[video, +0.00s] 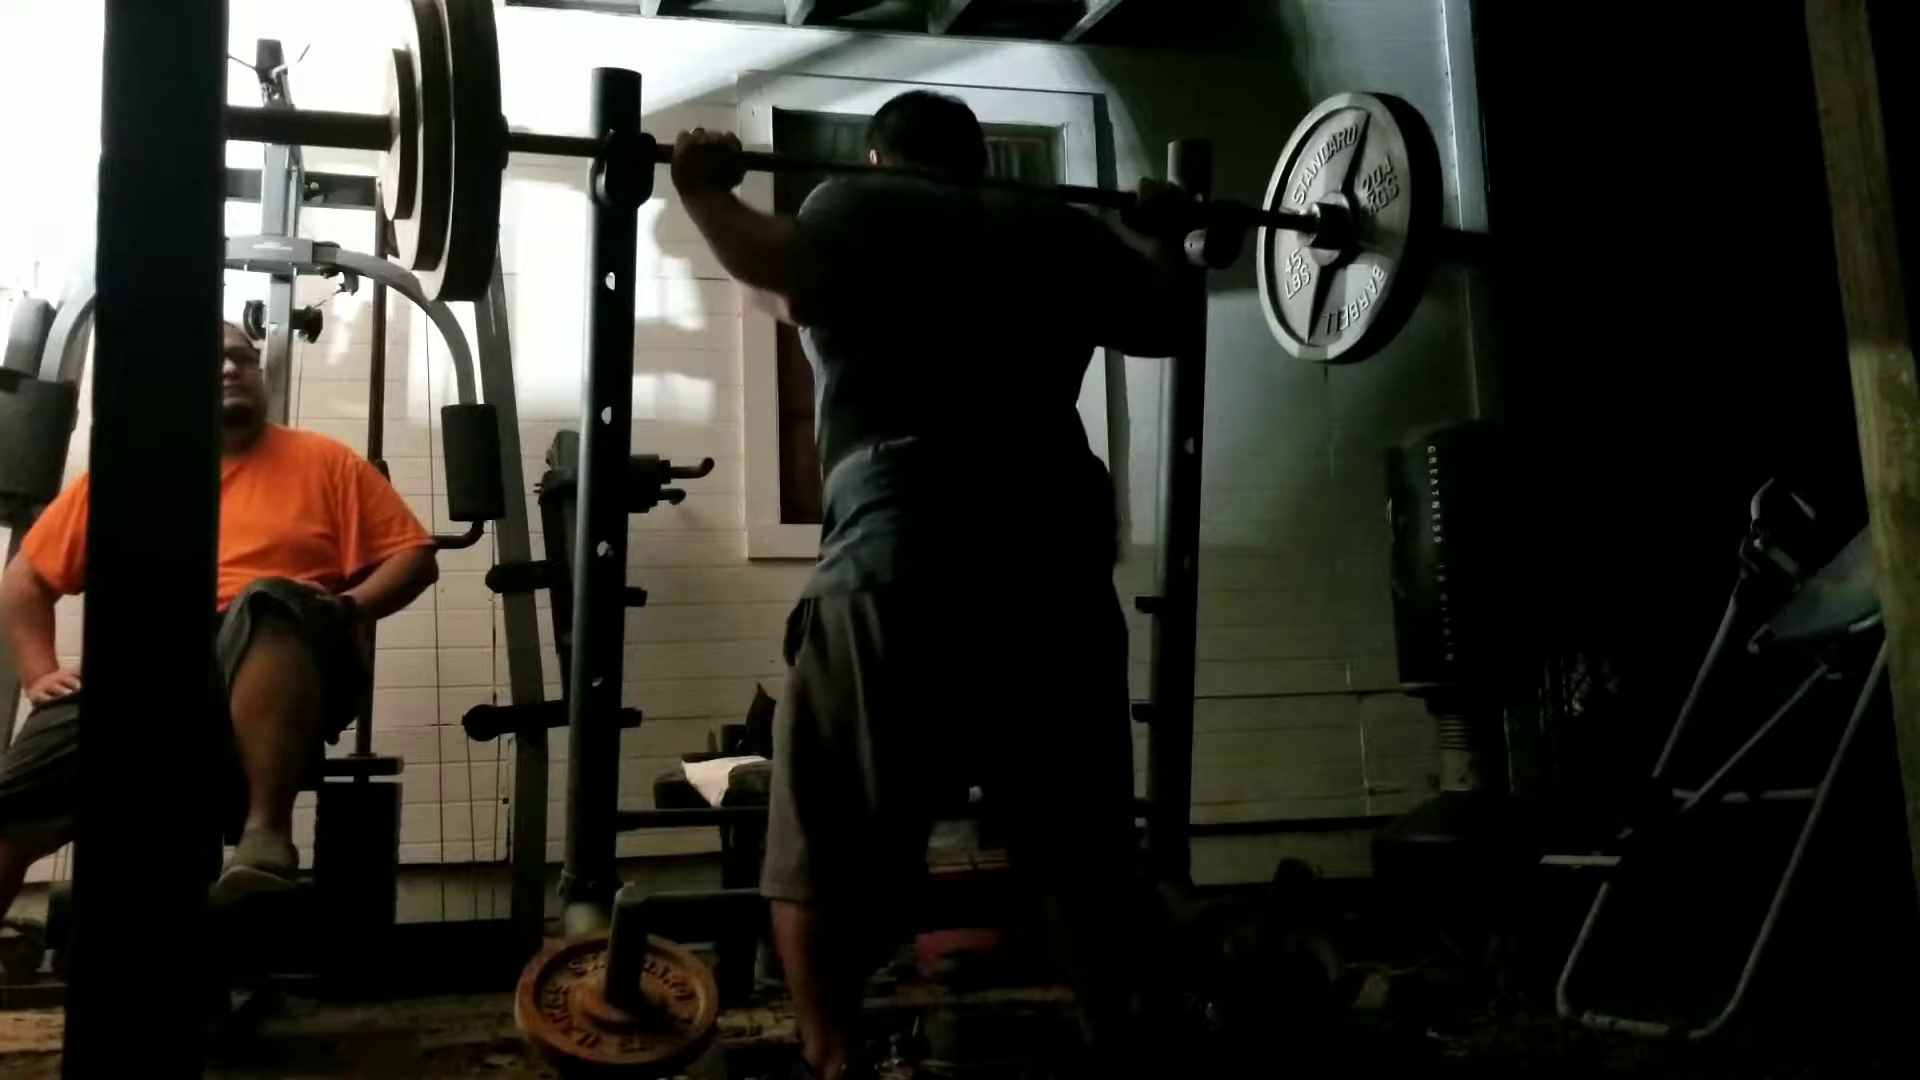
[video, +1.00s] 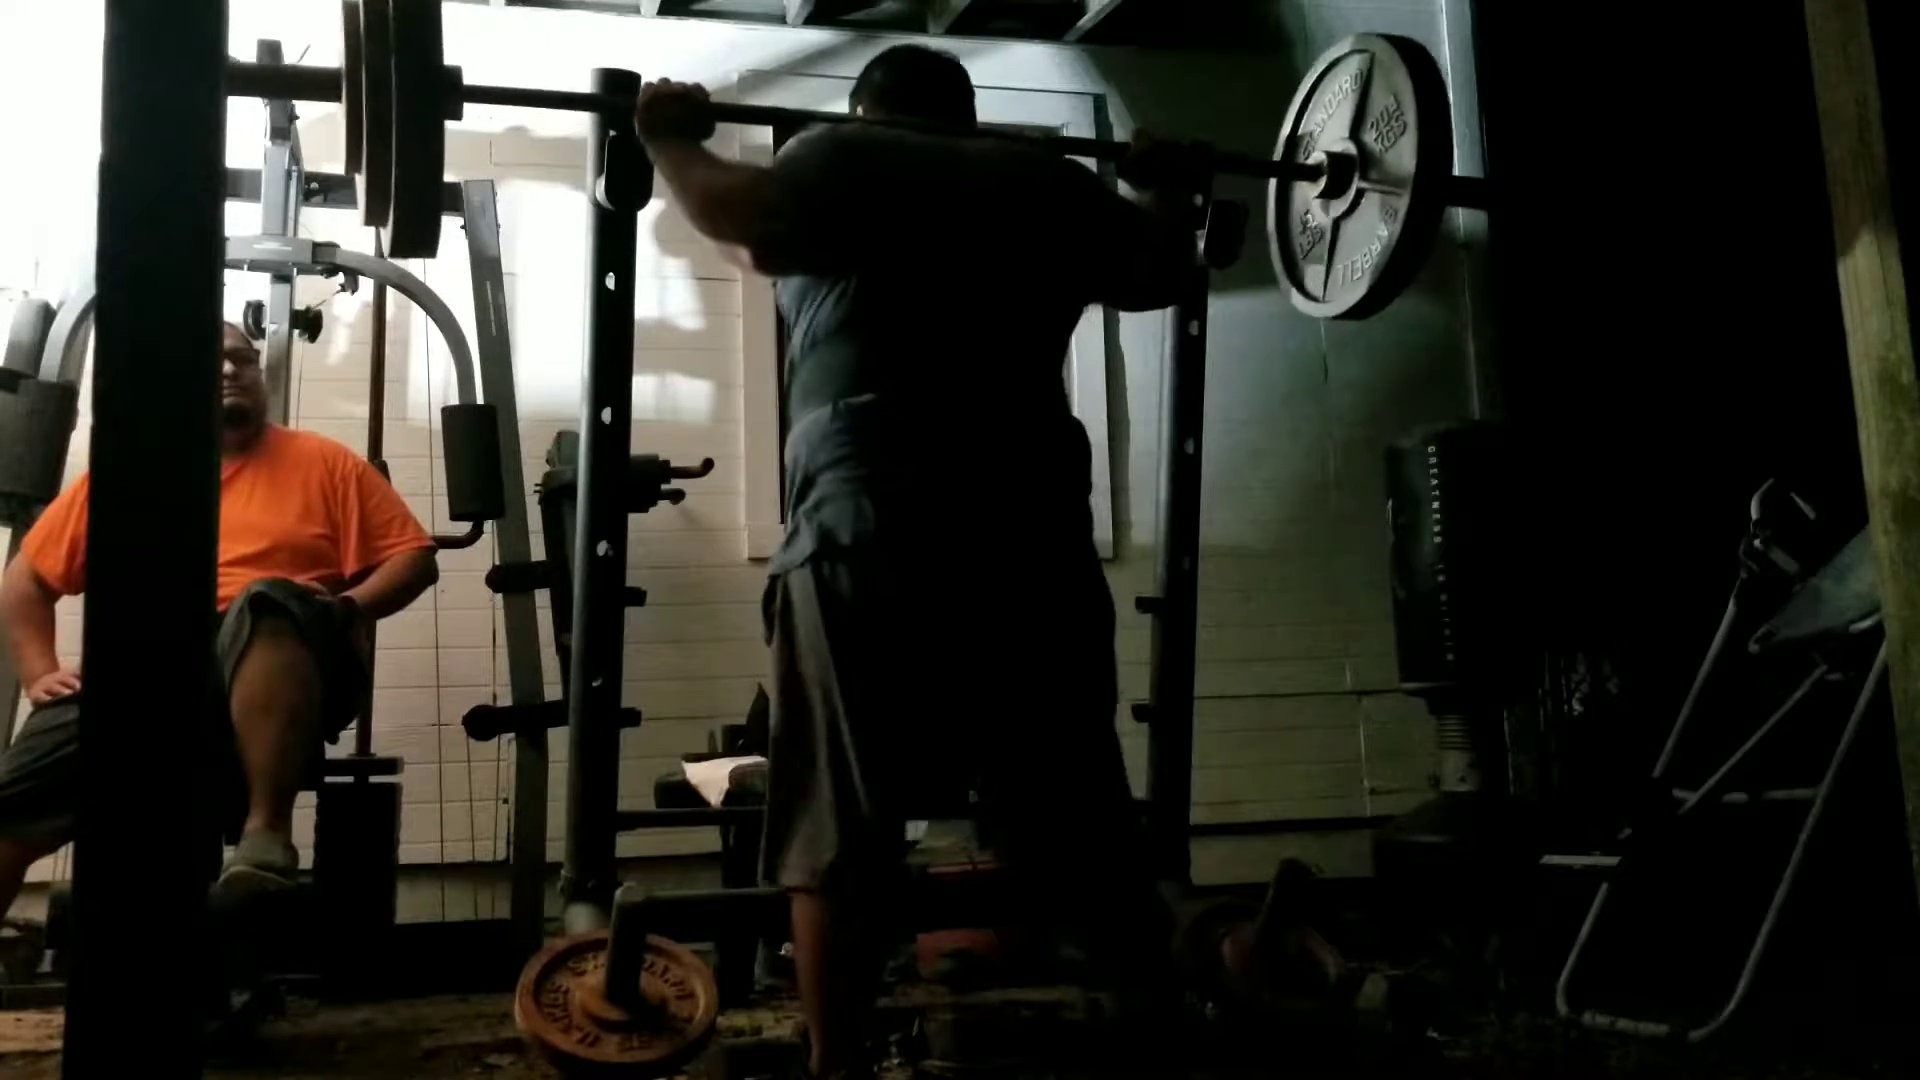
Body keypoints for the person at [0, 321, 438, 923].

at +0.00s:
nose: (231, 368)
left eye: (243, 357)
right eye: (214, 358)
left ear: (265, 376)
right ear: (186, 377)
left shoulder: (325, 463)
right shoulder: (129, 471)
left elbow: (414, 555)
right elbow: (24, 575)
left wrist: (351, 603)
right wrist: (39, 671)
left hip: (286, 668)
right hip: (145, 667)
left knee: (272, 604)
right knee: (12, 816)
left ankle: (266, 831)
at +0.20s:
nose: (231, 369)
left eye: (242, 358)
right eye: (214, 358)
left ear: (264, 376)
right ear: (186, 377)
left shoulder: (324, 463)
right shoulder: (131, 469)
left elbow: (415, 555)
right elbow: (25, 576)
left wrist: (351, 604)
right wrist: (39, 672)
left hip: (287, 668)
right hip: (147, 667)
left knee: (271, 604)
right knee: (11, 811)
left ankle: (267, 830)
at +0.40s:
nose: (231, 369)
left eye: (242, 358)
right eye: (213, 359)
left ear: (264, 376)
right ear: (186, 377)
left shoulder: (324, 463)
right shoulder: (131, 470)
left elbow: (415, 555)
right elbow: (24, 577)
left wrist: (351, 604)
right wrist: (39, 672)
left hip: (286, 668)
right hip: (146, 667)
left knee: (271, 604)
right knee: (11, 813)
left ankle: (267, 829)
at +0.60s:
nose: (230, 369)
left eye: (242, 358)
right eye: (213, 359)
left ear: (264, 376)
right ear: (186, 378)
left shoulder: (324, 463)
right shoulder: (131, 470)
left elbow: (415, 555)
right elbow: (25, 577)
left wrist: (352, 604)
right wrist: (39, 672)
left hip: (287, 666)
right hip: (146, 667)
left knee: (271, 604)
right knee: (11, 814)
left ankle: (267, 829)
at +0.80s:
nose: (230, 370)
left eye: (242, 358)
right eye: (213, 359)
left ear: (265, 377)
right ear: (186, 378)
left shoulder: (323, 463)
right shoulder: (130, 469)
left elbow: (414, 555)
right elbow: (25, 576)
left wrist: (352, 603)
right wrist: (39, 671)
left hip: (287, 667)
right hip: (146, 668)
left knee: (271, 604)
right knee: (13, 808)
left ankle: (266, 830)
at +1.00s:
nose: (231, 370)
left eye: (243, 359)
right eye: (214, 359)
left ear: (265, 377)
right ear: (186, 378)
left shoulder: (323, 463)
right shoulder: (130, 469)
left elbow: (415, 556)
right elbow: (25, 576)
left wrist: (351, 604)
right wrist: (39, 670)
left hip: (287, 667)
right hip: (145, 667)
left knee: (271, 604)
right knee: (12, 810)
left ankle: (266, 829)